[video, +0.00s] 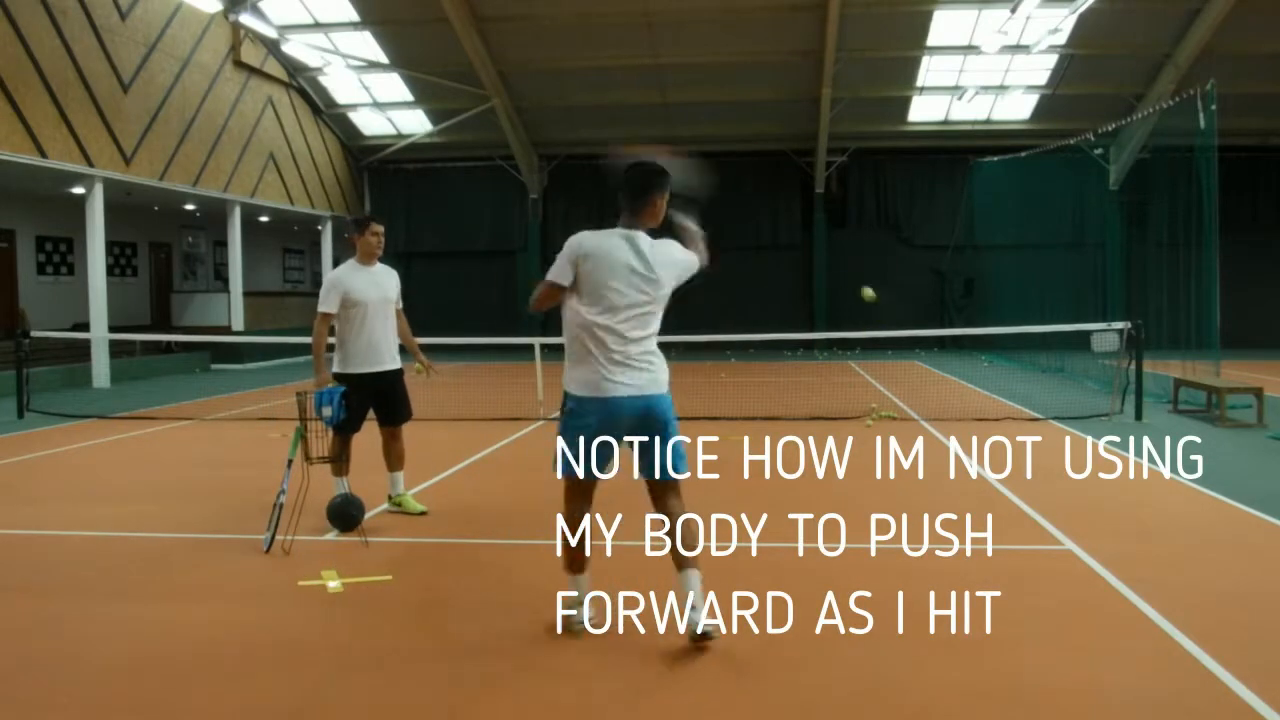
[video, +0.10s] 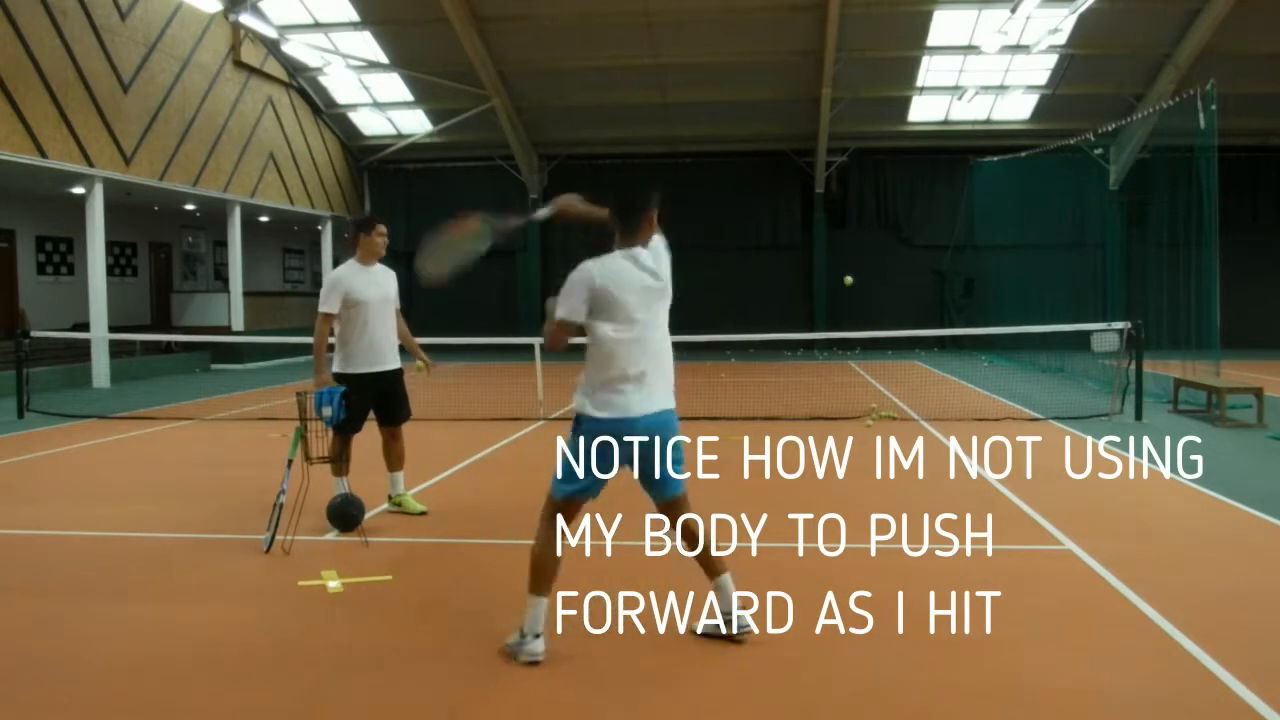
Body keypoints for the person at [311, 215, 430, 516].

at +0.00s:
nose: (380, 240)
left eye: (382, 235)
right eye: (374, 235)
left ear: (383, 240)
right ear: (356, 239)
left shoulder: (390, 275)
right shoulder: (338, 278)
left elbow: (398, 318)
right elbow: (322, 324)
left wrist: (417, 354)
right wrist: (320, 370)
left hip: (389, 370)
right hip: (352, 373)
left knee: (393, 431)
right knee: (343, 435)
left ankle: (398, 494)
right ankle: (341, 496)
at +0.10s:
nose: (386, 241)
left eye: (386, 236)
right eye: (380, 236)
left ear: (380, 241)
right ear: (361, 239)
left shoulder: (389, 275)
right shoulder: (339, 278)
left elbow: (395, 318)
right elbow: (323, 324)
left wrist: (416, 351)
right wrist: (320, 371)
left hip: (389, 370)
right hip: (353, 373)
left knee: (393, 431)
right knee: (343, 434)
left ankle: (398, 494)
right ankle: (341, 495)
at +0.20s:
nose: (388, 243)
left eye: (387, 238)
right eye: (385, 238)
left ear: (371, 240)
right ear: (372, 240)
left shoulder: (386, 275)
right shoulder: (339, 277)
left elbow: (392, 318)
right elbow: (323, 325)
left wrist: (416, 349)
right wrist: (323, 372)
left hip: (388, 370)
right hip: (353, 373)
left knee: (393, 431)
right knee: (343, 434)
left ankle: (398, 494)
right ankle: (342, 496)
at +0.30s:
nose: (388, 244)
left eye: (387, 239)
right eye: (385, 239)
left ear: (371, 241)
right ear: (374, 241)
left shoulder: (384, 276)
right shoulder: (340, 276)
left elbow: (391, 319)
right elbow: (323, 328)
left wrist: (419, 346)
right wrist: (330, 373)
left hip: (388, 370)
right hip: (354, 374)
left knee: (393, 430)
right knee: (343, 435)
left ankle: (397, 493)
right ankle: (342, 496)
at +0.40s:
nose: (387, 245)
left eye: (386, 239)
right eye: (384, 239)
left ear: (371, 241)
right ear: (373, 240)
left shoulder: (383, 276)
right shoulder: (340, 276)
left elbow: (390, 319)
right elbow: (324, 327)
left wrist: (421, 343)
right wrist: (335, 370)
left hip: (388, 370)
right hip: (354, 374)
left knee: (395, 431)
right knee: (343, 436)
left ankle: (398, 493)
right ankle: (342, 497)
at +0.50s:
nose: (387, 245)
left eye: (386, 240)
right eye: (384, 240)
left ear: (372, 241)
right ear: (372, 241)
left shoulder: (382, 275)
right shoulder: (340, 277)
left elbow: (391, 318)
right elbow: (323, 329)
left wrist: (423, 339)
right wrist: (339, 369)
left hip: (390, 370)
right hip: (356, 375)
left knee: (402, 428)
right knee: (344, 436)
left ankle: (400, 491)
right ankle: (342, 496)